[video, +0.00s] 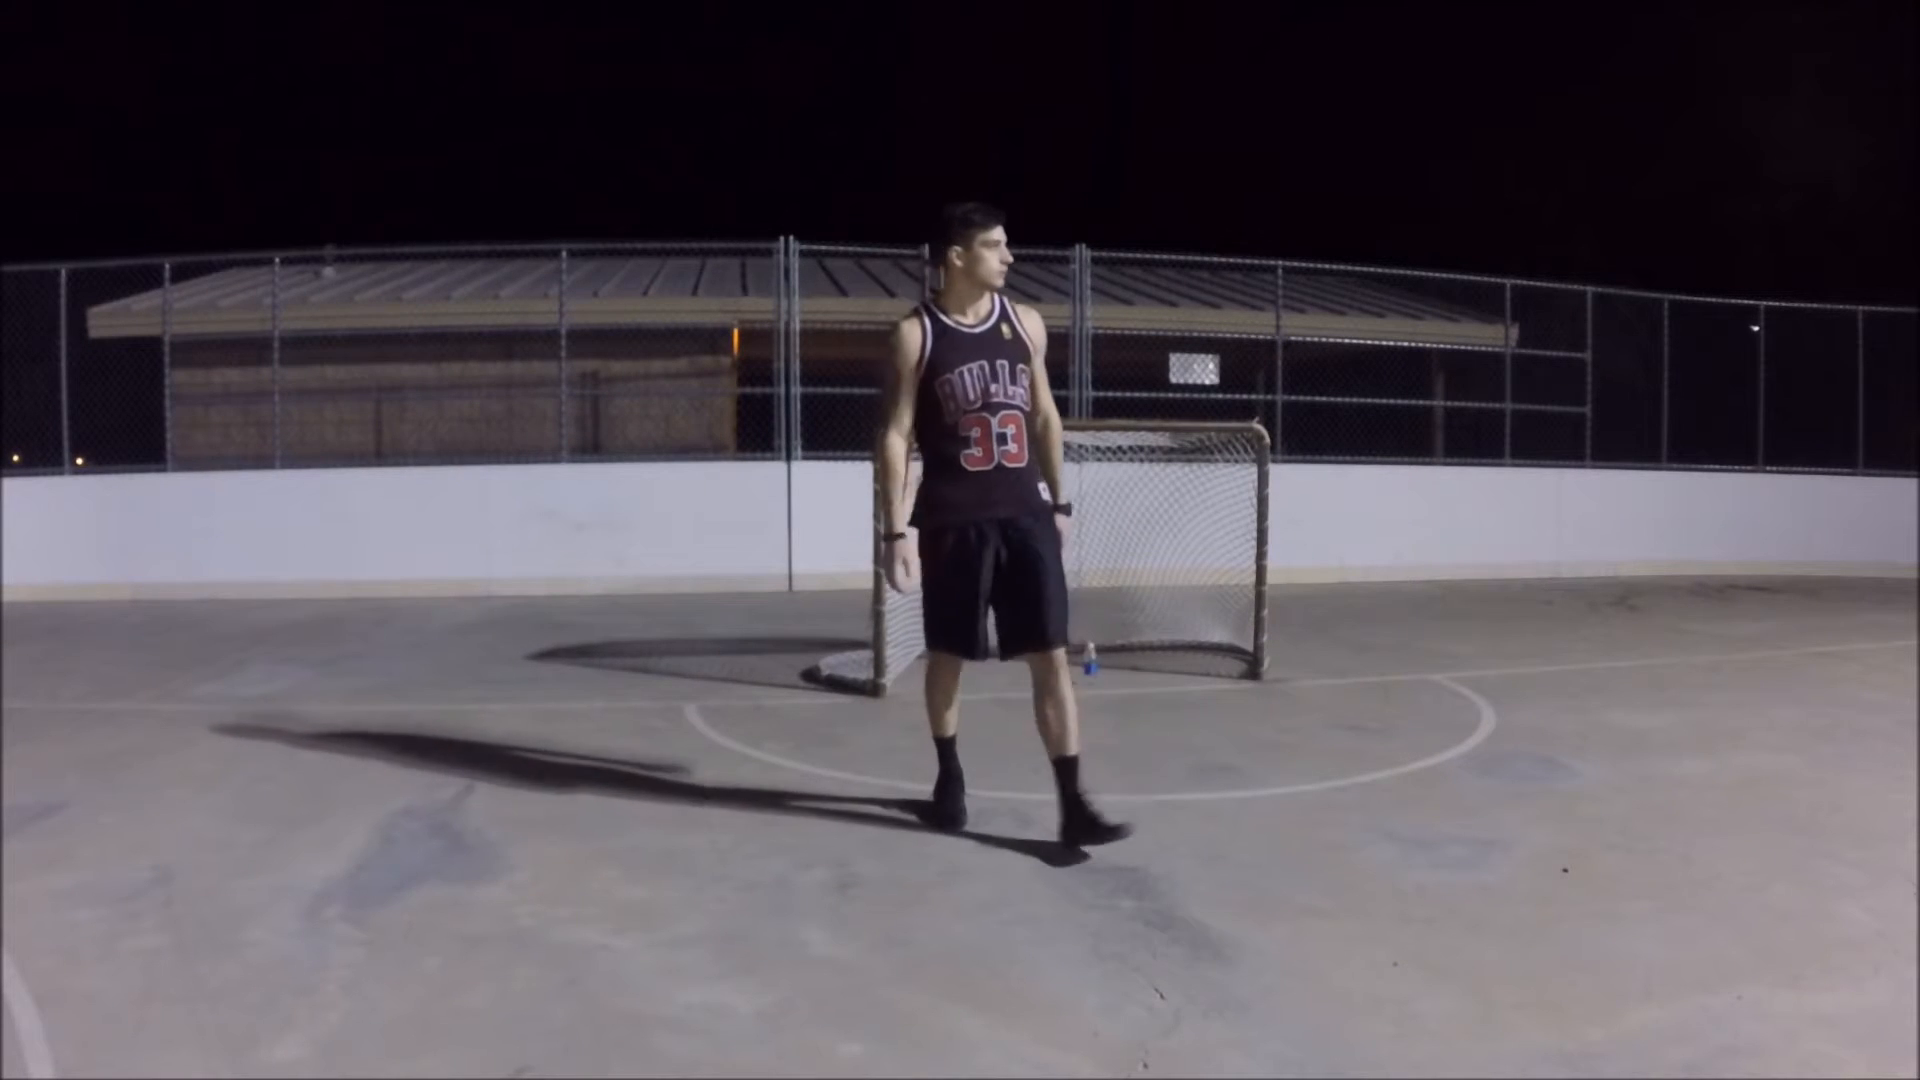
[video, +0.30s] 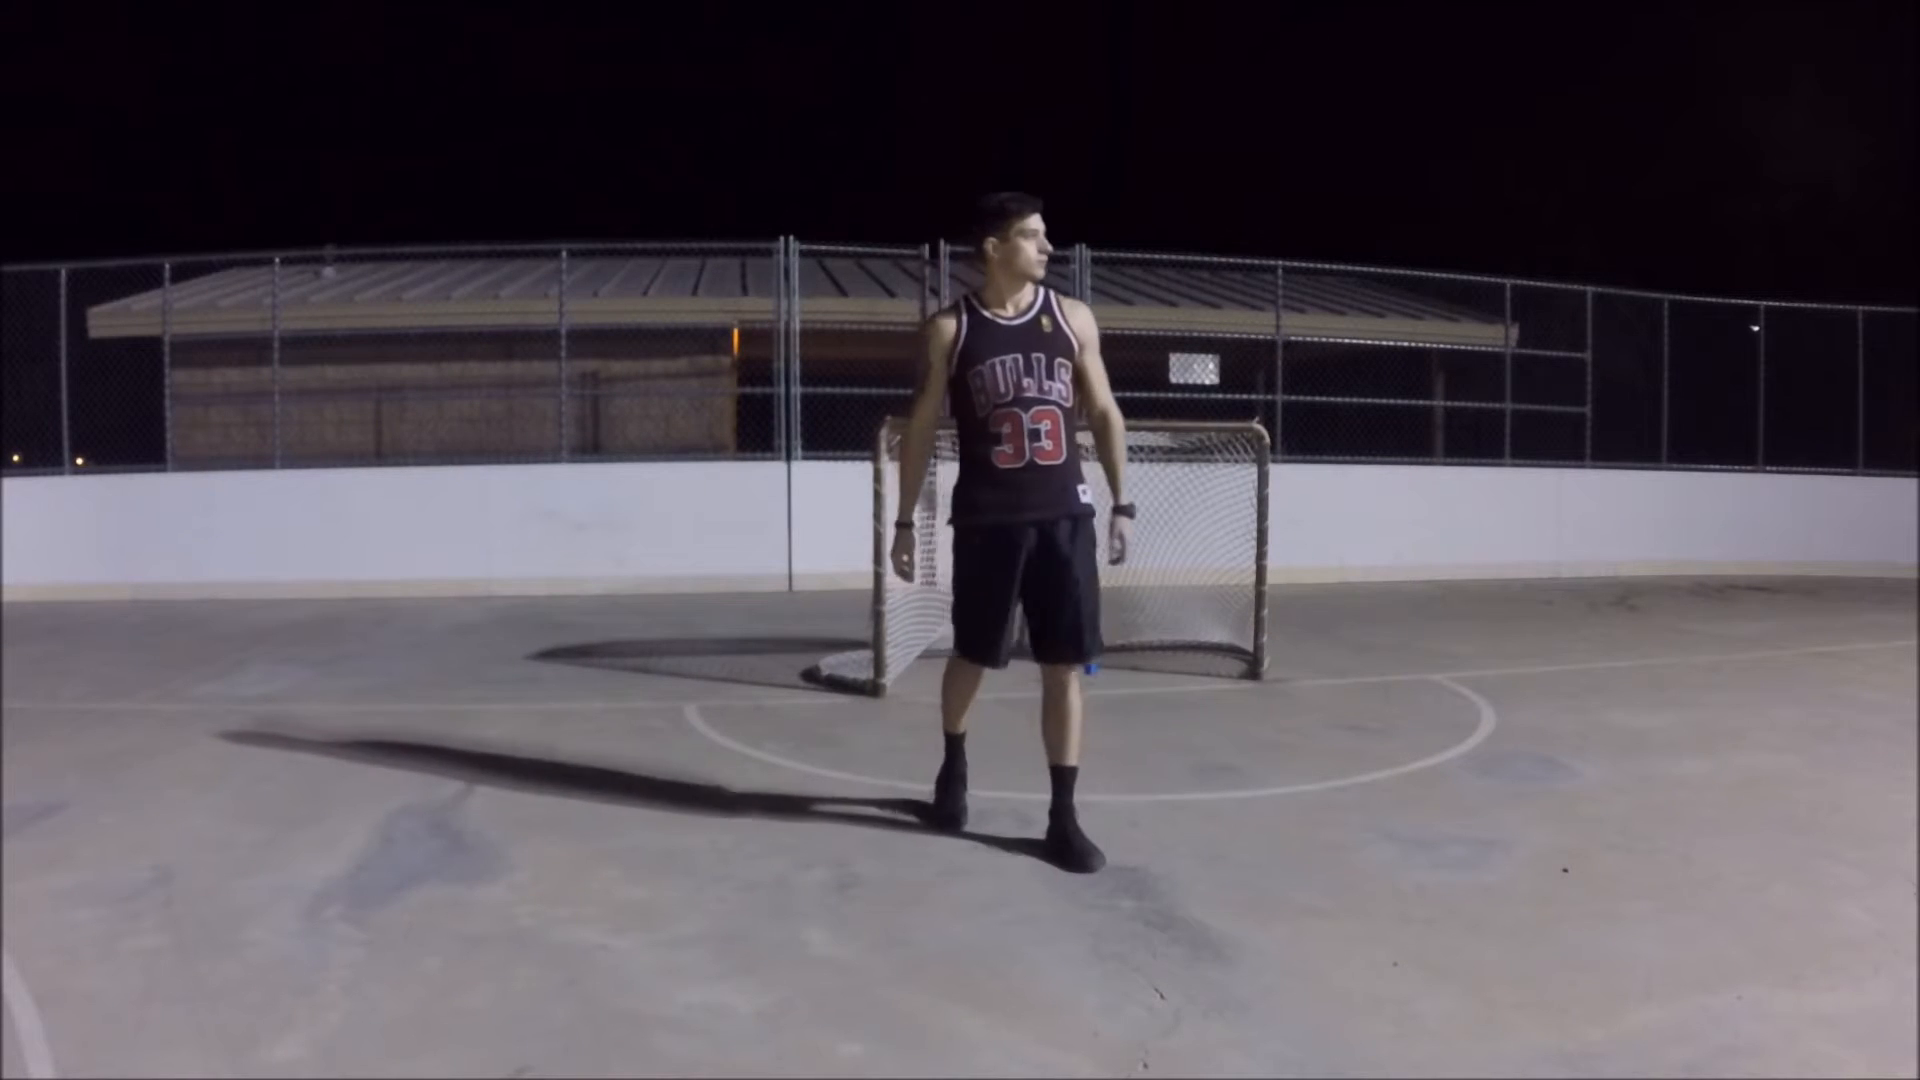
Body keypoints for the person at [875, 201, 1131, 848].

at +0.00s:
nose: (1007, 256)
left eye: (1006, 245)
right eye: (994, 246)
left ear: (994, 255)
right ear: (955, 257)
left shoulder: (1026, 322)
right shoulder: (917, 334)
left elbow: (1045, 413)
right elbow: (896, 433)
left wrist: (1059, 500)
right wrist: (895, 527)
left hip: (1025, 513)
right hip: (953, 519)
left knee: (1051, 654)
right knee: (946, 655)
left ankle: (1074, 805)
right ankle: (949, 778)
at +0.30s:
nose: (1046, 247)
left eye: (1045, 237)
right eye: (1032, 238)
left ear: (1035, 248)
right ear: (992, 247)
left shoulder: (1073, 318)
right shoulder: (950, 329)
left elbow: (1104, 411)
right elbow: (921, 426)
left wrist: (1120, 499)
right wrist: (905, 516)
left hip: (1064, 519)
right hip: (987, 523)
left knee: (1065, 666)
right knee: (973, 655)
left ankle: (1064, 818)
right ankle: (952, 768)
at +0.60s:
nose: (1075, 238)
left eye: (1075, 229)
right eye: (1061, 230)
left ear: (1075, 241)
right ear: (1022, 243)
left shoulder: (1113, 315)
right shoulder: (986, 327)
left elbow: (1150, 406)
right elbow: (967, 424)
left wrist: (1154, 485)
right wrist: (971, 500)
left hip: (1093, 520)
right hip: (1017, 521)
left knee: (1080, 671)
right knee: (999, 669)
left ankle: (1065, 817)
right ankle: (977, 757)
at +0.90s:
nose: (1087, 233)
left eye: (1088, 224)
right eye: (1071, 226)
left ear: (1093, 237)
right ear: (1035, 241)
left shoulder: (1129, 315)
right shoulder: (1004, 324)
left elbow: (1151, 415)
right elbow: (985, 428)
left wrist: (1127, 494)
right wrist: (1000, 507)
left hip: (1105, 513)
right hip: (1033, 516)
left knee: (1085, 672)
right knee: (1038, 671)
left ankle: (1067, 816)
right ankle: (1044, 780)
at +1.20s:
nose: (1079, 238)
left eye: (1085, 227)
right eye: (1065, 230)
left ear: (1096, 236)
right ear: (1036, 243)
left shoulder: (1134, 321)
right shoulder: (1009, 323)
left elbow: (1157, 425)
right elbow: (980, 428)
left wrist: (1158, 519)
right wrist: (970, 523)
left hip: (1110, 522)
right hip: (1035, 521)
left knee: (1086, 674)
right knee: (1037, 673)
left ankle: (1065, 821)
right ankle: (1003, 704)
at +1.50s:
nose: (1052, 230)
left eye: (1059, 219)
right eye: (1037, 225)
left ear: (1081, 232)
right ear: (1021, 247)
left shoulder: (1124, 320)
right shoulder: (999, 316)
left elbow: (1152, 423)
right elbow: (970, 423)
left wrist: (1167, 521)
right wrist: (968, 515)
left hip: (1093, 524)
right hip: (1016, 522)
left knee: (1079, 673)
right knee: (994, 674)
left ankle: (1064, 820)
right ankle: (955, 799)